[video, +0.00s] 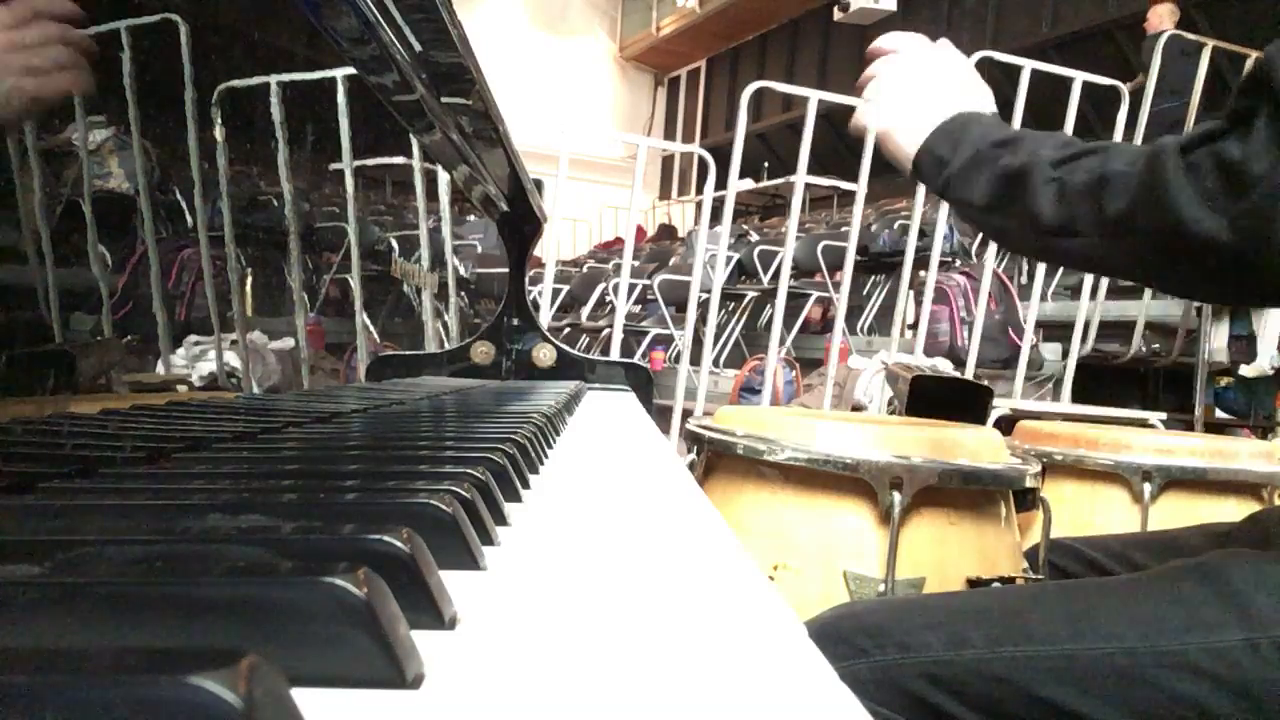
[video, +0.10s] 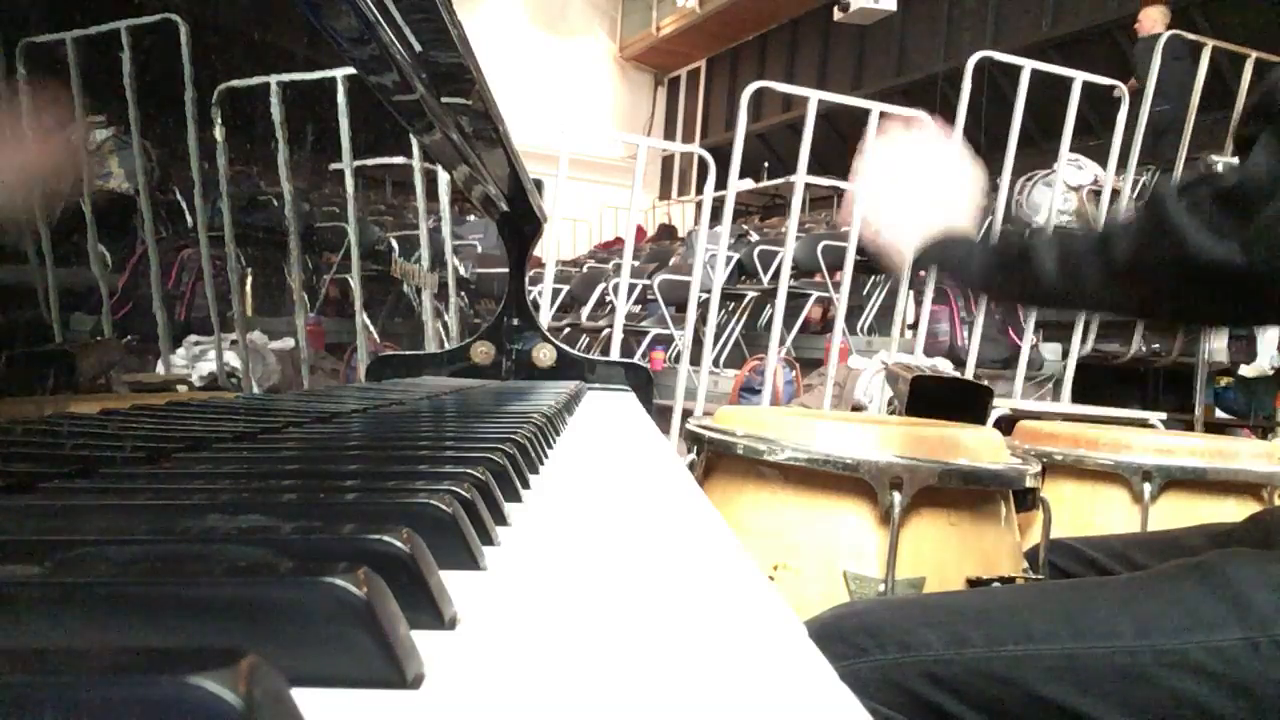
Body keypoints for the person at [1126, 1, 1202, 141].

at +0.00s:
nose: (1144, 25)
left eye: (1148, 20)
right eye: (1146, 20)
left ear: (1161, 20)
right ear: (1172, 21)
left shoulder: (1152, 43)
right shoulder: (1192, 43)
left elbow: (1148, 72)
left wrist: (1133, 85)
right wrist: (1134, 84)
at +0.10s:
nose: (1135, 26)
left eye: (1139, 21)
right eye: (1136, 22)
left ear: (1154, 23)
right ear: (1162, 24)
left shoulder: (1143, 45)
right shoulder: (1180, 43)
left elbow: (1143, 77)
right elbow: (1185, 75)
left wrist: (1132, 84)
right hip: (1181, 109)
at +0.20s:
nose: (1125, 27)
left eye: (1129, 23)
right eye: (1126, 23)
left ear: (1144, 25)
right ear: (1146, 25)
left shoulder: (1136, 49)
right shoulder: (1167, 45)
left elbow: (1135, 81)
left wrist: (1114, 99)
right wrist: (1114, 98)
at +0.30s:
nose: (1116, 26)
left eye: (1121, 22)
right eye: (1117, 22)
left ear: (1136, 25)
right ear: (1141, 26)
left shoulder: (1129, 49)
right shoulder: (1158, 50)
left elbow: (1128, 88)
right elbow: (1162, 97)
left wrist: (1104, 115)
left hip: (1130, 138)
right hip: (1150, 139)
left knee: (1121, 201)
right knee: (1127, 202)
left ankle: (1121, 267)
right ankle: (1122, 267)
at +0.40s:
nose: (1109, 27)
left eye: (1113, 22)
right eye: (1110, 22)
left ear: (1130, 24)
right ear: (1134, 25)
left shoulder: (1121, 49)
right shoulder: (1152, 49)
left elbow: (1120, 90)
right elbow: (1156, 95)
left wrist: (1108, 123)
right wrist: (1141, 118)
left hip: (1124, 131)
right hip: (1143, 132)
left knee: (1116, 198)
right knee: (1127, 199)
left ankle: (1119, 265)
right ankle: (1123, 265)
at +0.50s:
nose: (1103, 26)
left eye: (1108, 22)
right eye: (1104, 22)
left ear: (1124, 24)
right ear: (1124, 24)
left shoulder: (1117, 49)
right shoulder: (1144, 47)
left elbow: (1118, 90)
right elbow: (1147, 84)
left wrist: (1117, 122)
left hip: (1125, 118)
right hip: (1142, 116)